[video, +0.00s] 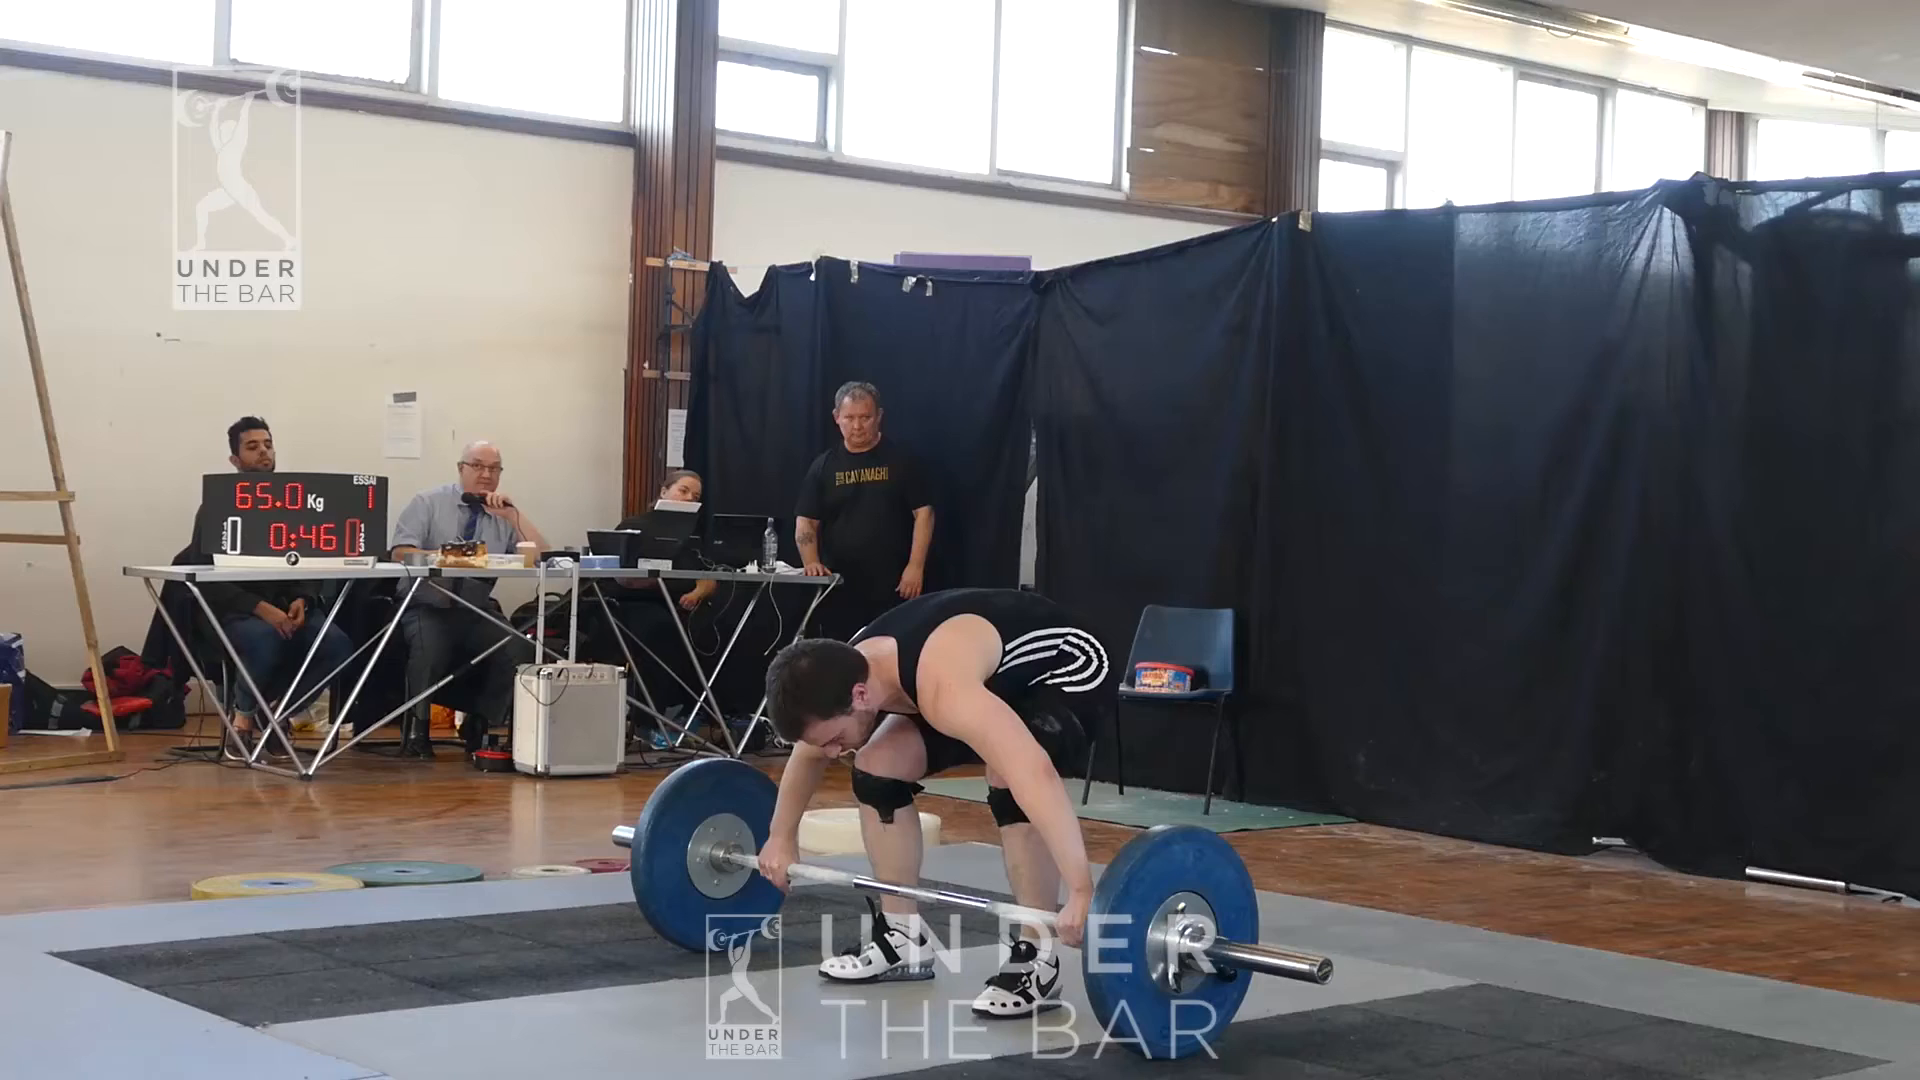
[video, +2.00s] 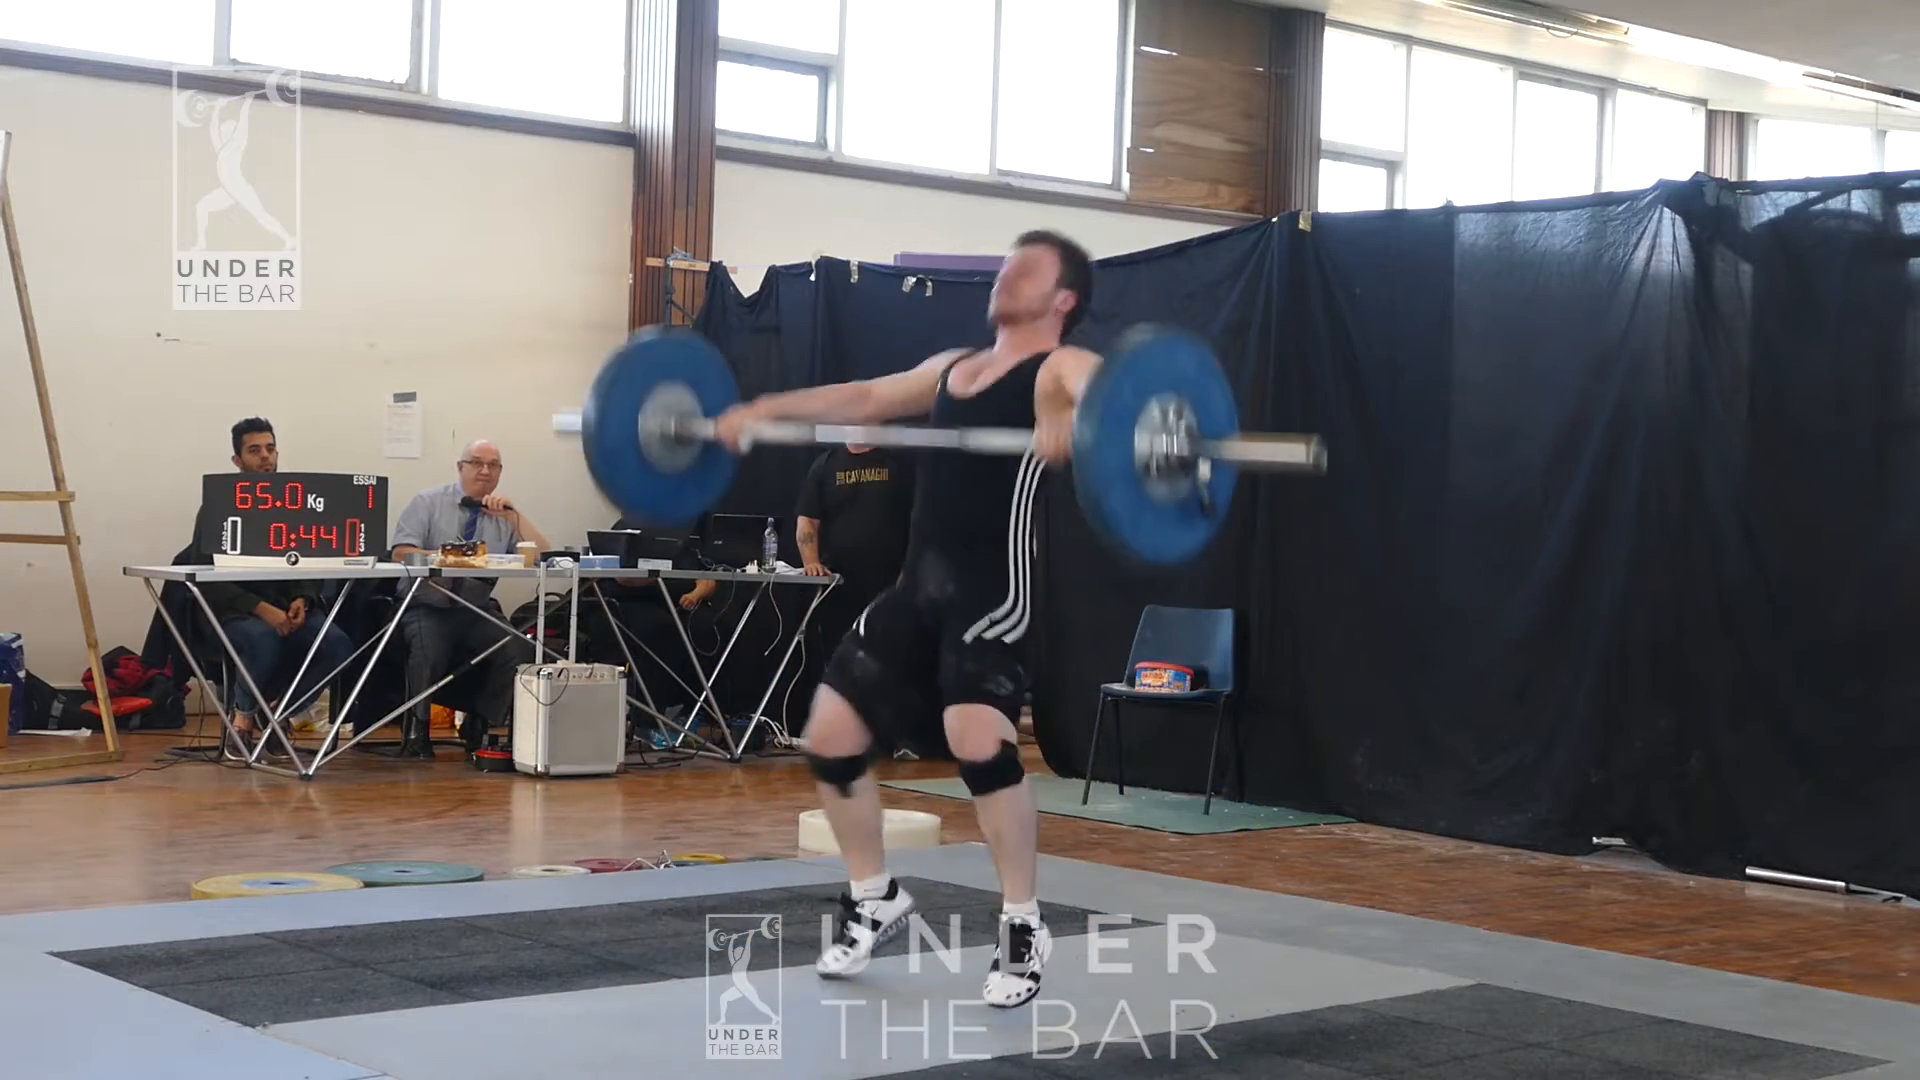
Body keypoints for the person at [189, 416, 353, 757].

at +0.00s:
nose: (263, 451)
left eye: (268, 444)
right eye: (253, 446)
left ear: (274, 450)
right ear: (235, 459)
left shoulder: (291, 495)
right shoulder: (219, 503)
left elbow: (312, 555)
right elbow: (205, 575)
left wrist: (302, 599)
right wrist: (261, 608)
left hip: (288, 606)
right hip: (238, 607)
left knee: (338, 646)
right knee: (265, 641)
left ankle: (277, 717)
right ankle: (242, 720)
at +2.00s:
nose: (265, 455)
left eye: (270, 448)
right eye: (255, 450)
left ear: (277, 452)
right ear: (238, 460)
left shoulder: (292, 496)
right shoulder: (220, 504)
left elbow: (310, 555)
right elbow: (205, 576)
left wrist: (302, 598)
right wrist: (261, 608)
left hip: (286, 606)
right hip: (236, 607)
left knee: (337, 644)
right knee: (264, 641)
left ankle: (278, 716)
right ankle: (242, 720)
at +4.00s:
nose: (270, 458)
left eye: (275, 451)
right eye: (259, 452)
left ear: (280, 454)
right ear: (241, 459)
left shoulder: (293, 498)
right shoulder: (221, 504)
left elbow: (312, 556)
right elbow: (205, 575)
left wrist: (303, 598)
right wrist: (261, 608)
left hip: (287, 606)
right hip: (237, 608)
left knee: (336, 644)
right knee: (264, 641)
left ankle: (277, 716)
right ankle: (242, 718)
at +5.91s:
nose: (275, 466)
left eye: (280, 459)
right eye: (265, 459)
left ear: (287, 458)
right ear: (246, 460)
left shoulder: (298, 499)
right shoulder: (225, 502)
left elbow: (319, 558)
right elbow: (200, 567)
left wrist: (305, 598)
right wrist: (243, 596)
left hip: (288, 608)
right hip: (237, 610)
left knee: (336, 645)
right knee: (263, 643)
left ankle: (278, 719)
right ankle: (242, 719)